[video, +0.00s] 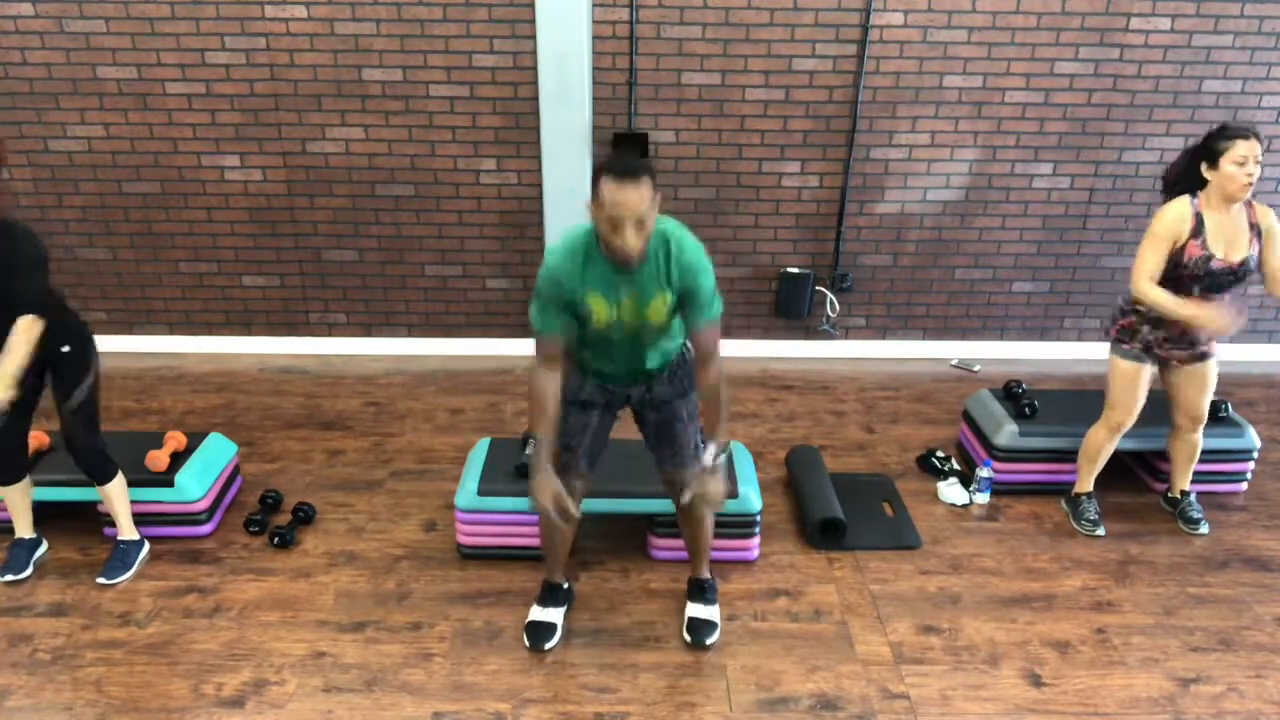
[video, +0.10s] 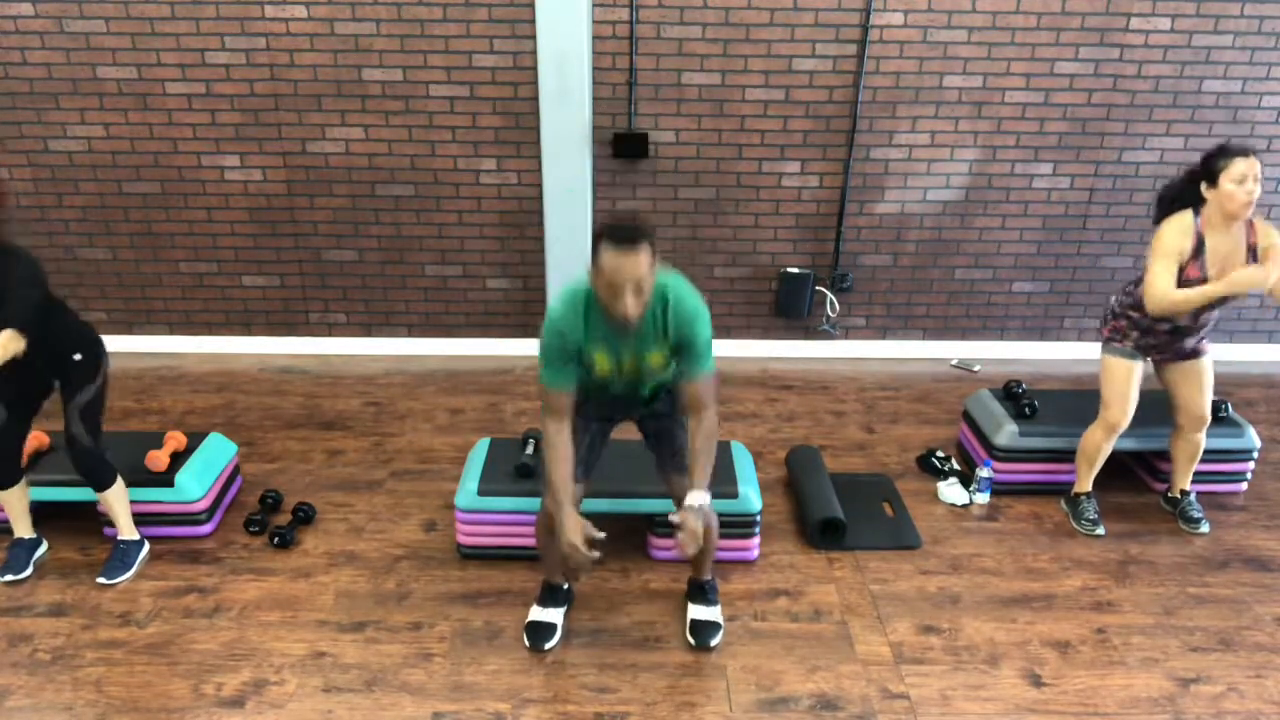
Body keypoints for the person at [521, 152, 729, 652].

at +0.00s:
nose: (629, 238)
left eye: (640, 222)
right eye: (615, 224)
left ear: (656, 209)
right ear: (594, 211)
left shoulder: (685, 255)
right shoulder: (563, 263)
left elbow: (709, 358)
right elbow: (547, 365)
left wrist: (716, 453)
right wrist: (540, 467)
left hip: (665, 372)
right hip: (588, 377)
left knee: (690, 483)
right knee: (561, 483)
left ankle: (702, 583)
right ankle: (554, 586)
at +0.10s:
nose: (628, 306)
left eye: (639, 289)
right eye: (614, 291)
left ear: (655, 274)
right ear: (594, 277)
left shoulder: (684, 308)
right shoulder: (566, 315)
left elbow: (702, 409)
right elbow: (556, 417)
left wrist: (697, 497)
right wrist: (565, 512)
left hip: (662, 399)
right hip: (591, 400)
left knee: (692, 500)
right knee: (558, 501)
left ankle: (703, 586)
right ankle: (555, 587)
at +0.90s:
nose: (622, 261)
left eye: (633, 246)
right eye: (609, 247)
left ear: (651, 233)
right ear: (589, 235)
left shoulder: (677, 273)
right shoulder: (561, 278)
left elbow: (724, 375)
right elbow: (514, 374)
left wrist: (757, 474)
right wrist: (497, 479)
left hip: (659, 379)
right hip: (584, 380)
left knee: (685, 494)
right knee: (556, 497)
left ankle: (702, 586)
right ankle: (555, 588)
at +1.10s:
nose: (622, 204)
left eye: (634, 190)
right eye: (608, 191)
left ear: (651, 173)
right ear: (588, 175)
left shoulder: (680, 217)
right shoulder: (558, 219)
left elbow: (736, 292)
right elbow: (504, 297)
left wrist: (768, 371)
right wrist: (472, 382)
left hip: (661, 363)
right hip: (583, 363)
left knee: (681, 476)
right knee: (565, 480)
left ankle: (701, 584)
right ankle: (554, 587)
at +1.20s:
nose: (623, 197)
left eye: (635, 183)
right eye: (609, 183)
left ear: (653, 164)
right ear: (589, 165)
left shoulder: (682, 207)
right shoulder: (556, 213)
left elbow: (733, 262)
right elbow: (504, 274)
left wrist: (767, 330)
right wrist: (467, 342)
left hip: (664, 368)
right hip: (585, 367)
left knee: (681, 477)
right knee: (567, 482)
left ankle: (701, 584)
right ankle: (555, 586)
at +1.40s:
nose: (626, 197)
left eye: (638, 183)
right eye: (612, 183)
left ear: (656, 163)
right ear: (591, 164)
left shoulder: (688, 198)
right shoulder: (556, 205)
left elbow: (729, 226)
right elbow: (507, 241)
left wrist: (759, 265)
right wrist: (473, 283)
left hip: (664, 369)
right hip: (586, 369)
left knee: (682, 478)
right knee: (568, 482)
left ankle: (701, 583)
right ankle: (555, 586)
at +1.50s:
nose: (626, 199)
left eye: (639, 185)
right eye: (613, 185)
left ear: (656, 163)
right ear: (591, 165)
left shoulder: (688, 198)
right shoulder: (558, 205)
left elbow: (728, 220)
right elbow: (509, 235)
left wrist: (756, 252)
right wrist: (473, 275)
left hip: (665, 369)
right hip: (587, 370)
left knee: (681, 478)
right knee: (569, 482)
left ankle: (701, 584)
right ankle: (555, 586)